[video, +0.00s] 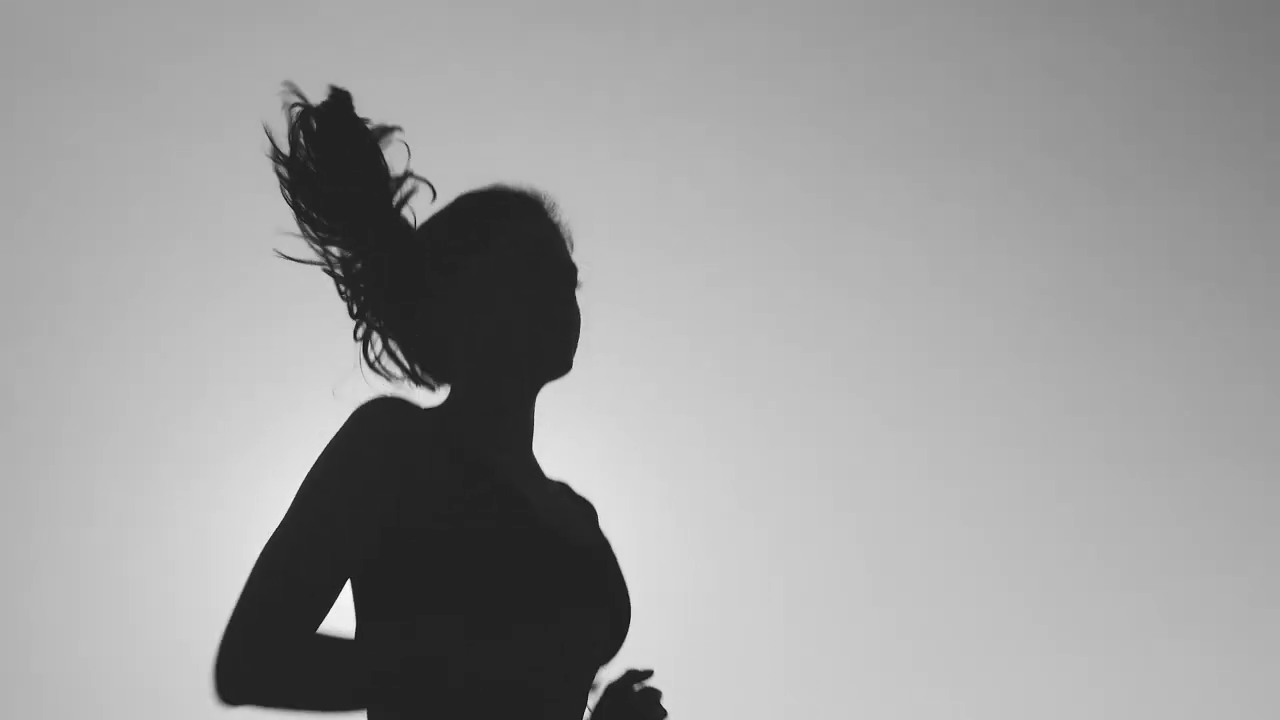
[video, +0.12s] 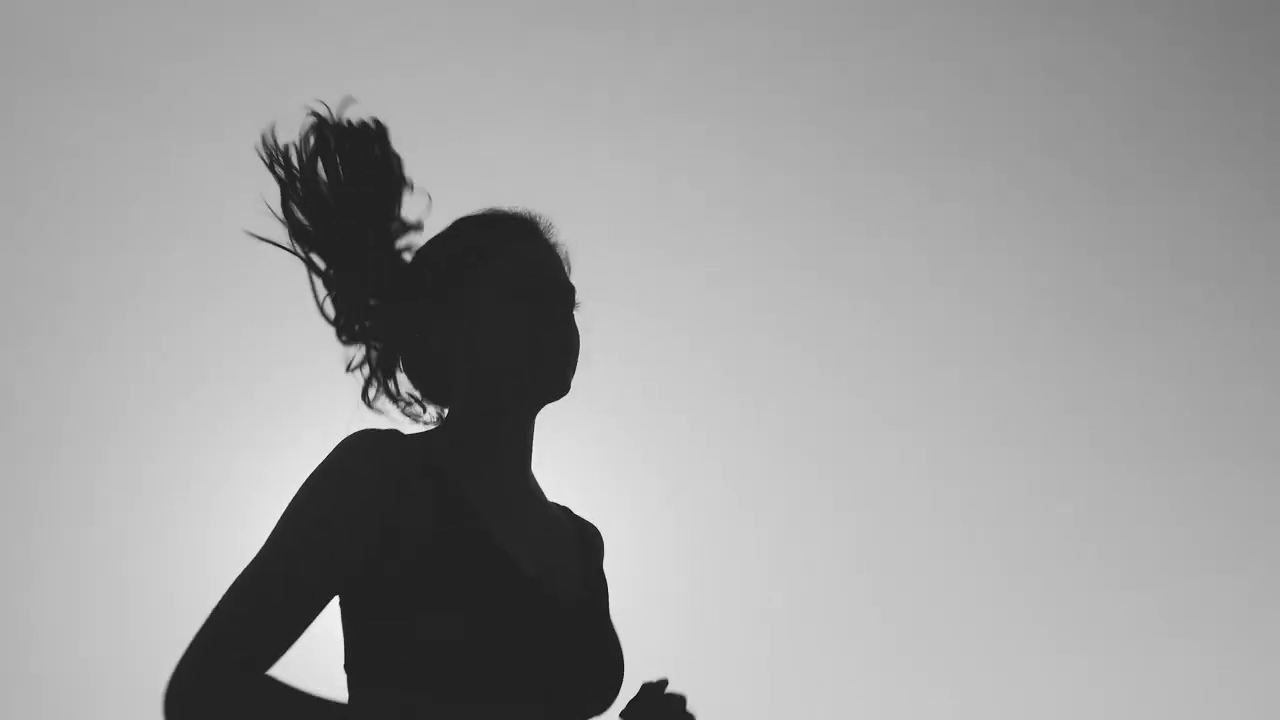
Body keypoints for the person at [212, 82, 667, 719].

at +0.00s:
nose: (574, 303)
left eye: (570, 283)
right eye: (546, 279)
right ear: (463, 299)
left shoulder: (572, 512)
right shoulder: (390, 437)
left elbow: (540, 697)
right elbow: (249, 664)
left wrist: (602, 710)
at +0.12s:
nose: (569, 323)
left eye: (567, 300)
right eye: (535, 297)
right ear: (448, 327)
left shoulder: (577, 541)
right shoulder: (377, 471)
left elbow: (555, 706)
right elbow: (203, 688)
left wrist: (631, 719)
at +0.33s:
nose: (558, 303)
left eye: (560, 281)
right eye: (523, 278)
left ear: (566, 308)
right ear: (433, 307)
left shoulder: (584, 515)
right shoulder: (353, 451)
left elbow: (643, 718)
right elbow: (165, 641)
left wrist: (659, 649)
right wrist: (328, 698)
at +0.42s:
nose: (553, 274)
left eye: (556, 254)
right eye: (520, 249)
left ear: (559, 284)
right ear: (436, 273)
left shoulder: (589, 482)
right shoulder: (345, 422)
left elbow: (689, 703)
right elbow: (164, 603)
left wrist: (651, 581)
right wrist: (293, 655)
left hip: (529, 707)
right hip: (385, 709)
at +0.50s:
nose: (551, 253)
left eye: (553, 231)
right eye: (519, 226)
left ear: (555, 259)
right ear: (434, 247)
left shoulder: (589, 445)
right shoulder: (338, 399)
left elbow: (718, 664)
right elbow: (166, 574)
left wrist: (631, 518)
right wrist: (270, 615)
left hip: (527, 708)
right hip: (380, 704)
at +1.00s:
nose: (519, 270)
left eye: (531, 247)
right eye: (487, 242)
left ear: (545, 276)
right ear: (415, 264)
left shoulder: (573, 455)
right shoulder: (321, 426)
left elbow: (647, 687)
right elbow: (178, 655)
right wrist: (344, 626)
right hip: (374, 712)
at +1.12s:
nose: (520, 301)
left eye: (533, 281)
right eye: (489, 275)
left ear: (545, 311)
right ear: (412, 299)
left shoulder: (569, 492)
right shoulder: (330, 462)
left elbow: (576, 700)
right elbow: (209, 693)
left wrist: (617, 656)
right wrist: (382, 682)